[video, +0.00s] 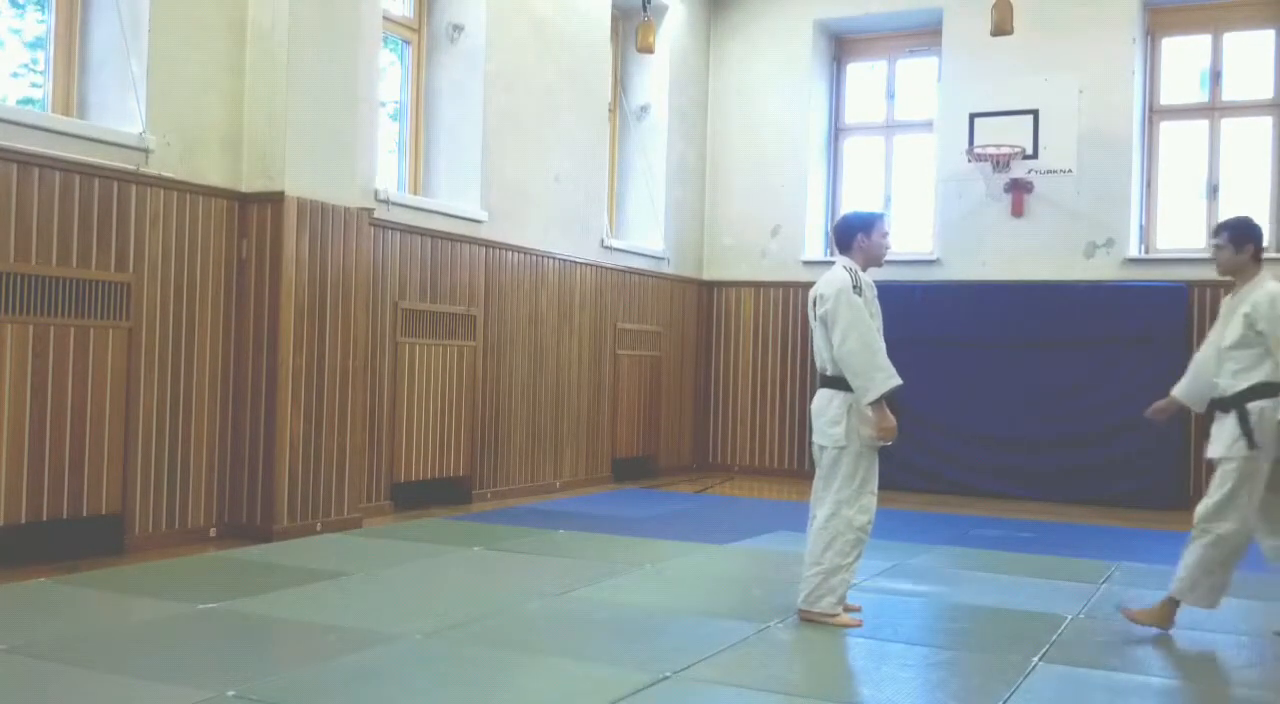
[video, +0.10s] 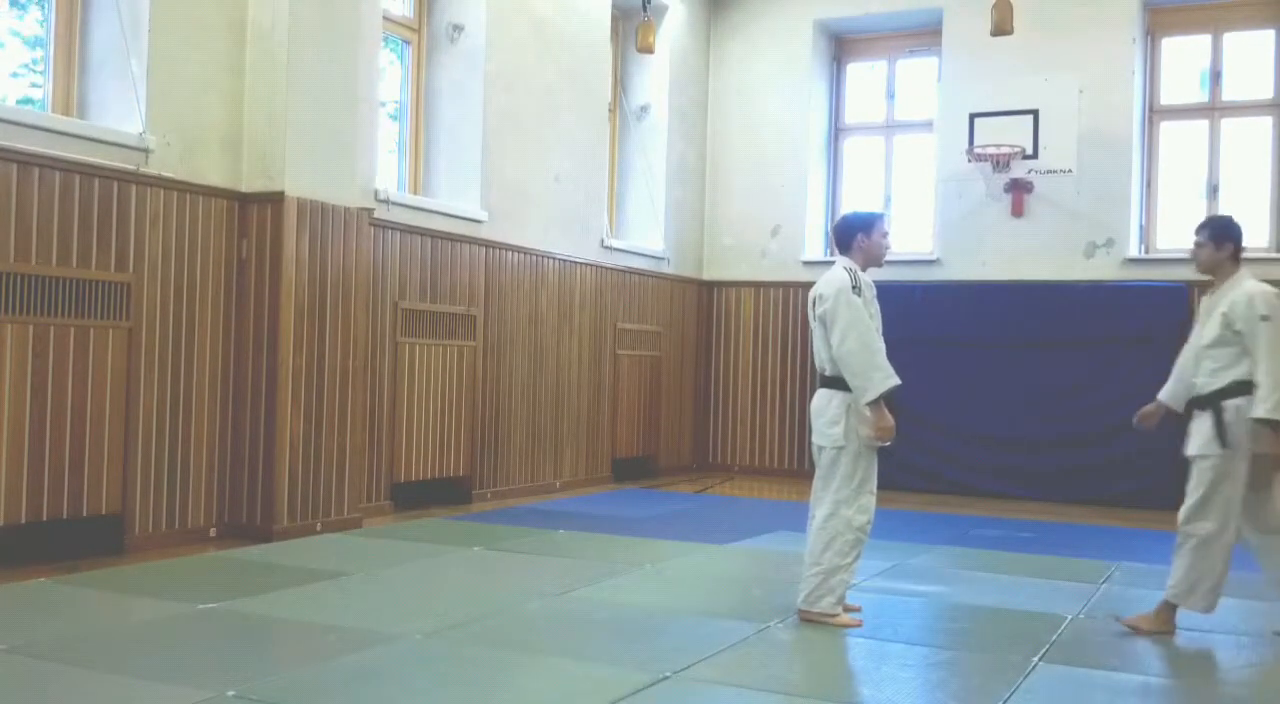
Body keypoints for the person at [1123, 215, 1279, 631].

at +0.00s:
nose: (1213, 256)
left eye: (1220, 248)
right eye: (1213, 249)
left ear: (1248, 249)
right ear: (1234, 252)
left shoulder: (1269, 296)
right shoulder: (1235, 298)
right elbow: (1212, 356)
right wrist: (1176, 400)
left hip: (1259, 422)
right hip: (1239, 420)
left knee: (1218, 515)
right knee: (1269, 517)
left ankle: (1168, 608)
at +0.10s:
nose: (1193, 252)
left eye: (1201, 245)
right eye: (1194, 245)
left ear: (1228, 249)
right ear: (1215, 250)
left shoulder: (1256, 295)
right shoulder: (1213, 299)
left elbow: (1269, 364)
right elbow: (1192, 357)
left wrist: (1267, 425)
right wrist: (1162, 403)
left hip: (1232, 420)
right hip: (1217, 418)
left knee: (1201, 516)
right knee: (1263, 518)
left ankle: (1165, 613)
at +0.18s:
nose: (1173, 249)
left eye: (1180, 242)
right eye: (1174, 242)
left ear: (1205, 245)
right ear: (1198, 247)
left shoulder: (1231, 292)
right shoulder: (1194, 294)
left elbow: (1244, 361)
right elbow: (1177, 361)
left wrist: (1238, 424)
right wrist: (1152, 403)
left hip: (1204, 419)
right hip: (1188, 418)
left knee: (1185, 517)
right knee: (1235, 519)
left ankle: (1164, 613)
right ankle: (1276, 586)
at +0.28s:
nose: (1153, 250)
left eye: (1159, 243)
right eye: (1153, 243)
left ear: (1185, 247)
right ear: (1180, 249)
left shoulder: (1211, 294)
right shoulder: (1176, 294)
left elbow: (1212, 366)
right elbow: (1163, 366)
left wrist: (1191, 421)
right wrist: (1134, 406)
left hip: (1185, 421)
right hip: (1160, 418)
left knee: (1173, 517)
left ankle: (1164, 613)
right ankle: (1243, 578)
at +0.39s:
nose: (1136, 248)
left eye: (1142, 241)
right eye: (1137, 241)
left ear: (1168, 244)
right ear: (1160, 245)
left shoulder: (1194, 293)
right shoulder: (1155, 292)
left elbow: (1186, 361)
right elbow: (1136, 355)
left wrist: (1152, 410)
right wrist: (1108, 396)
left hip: (1169, 420)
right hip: (1137, 413)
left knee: (1166, 514)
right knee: (1112, 503)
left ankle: (1163, 612)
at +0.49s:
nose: (1125, 248)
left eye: (1131, 241)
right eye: (1126, 241)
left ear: (1157, 244)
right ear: (1147, 245)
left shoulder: (1186, 294)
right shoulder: (1140, 295)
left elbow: (1173, 360)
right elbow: (1118, 354)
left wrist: (1127, 398)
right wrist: (1088, 389)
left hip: (1159, 424)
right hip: (1121, 420)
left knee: (1158, 517)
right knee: (1093, 503)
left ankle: (1161, 612)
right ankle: (1118, 596)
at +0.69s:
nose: (1083, 250)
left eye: (1090, 244)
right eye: (1084, 244)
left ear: (1116, 248)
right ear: (1102, 250)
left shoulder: (1143, 300)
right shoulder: (1084, 301)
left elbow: (1130, 361)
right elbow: (1048, 341)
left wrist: (1074, 388)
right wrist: (999, 345)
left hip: (1113, 427)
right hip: (1071, 423)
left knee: (1121, 525)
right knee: (1044, 512)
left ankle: (1155, 607)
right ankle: (1011, 600)